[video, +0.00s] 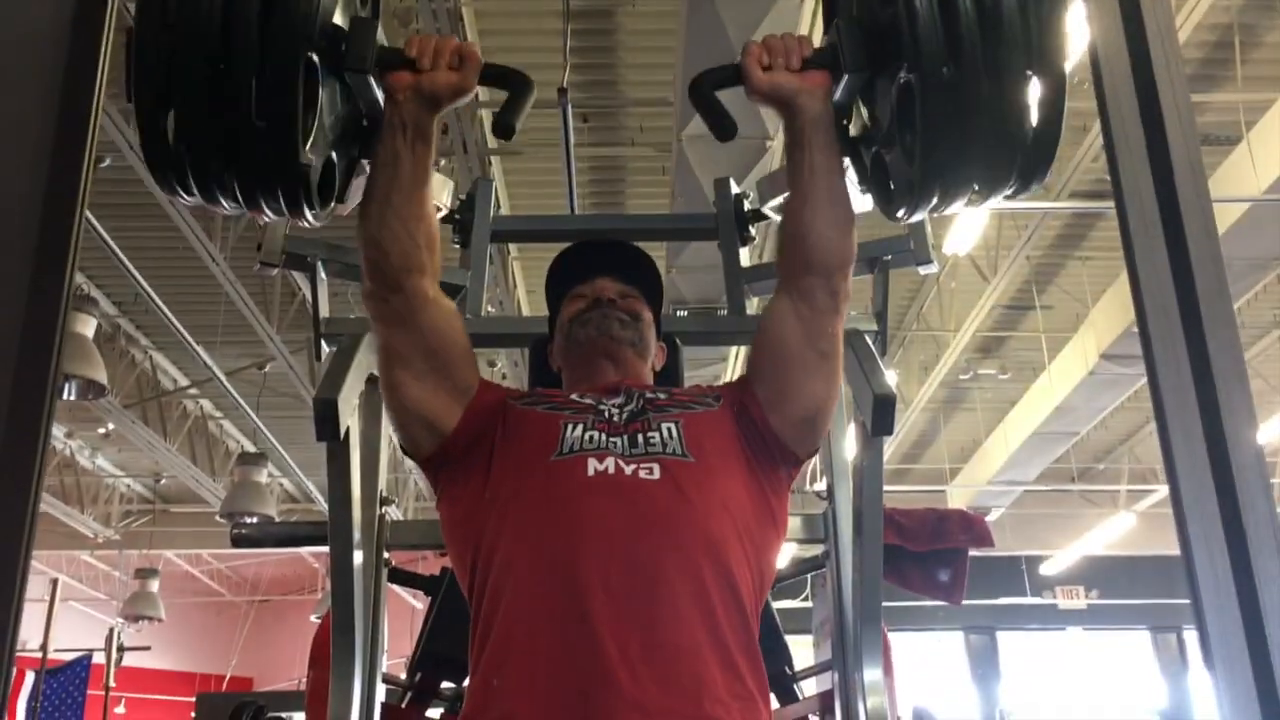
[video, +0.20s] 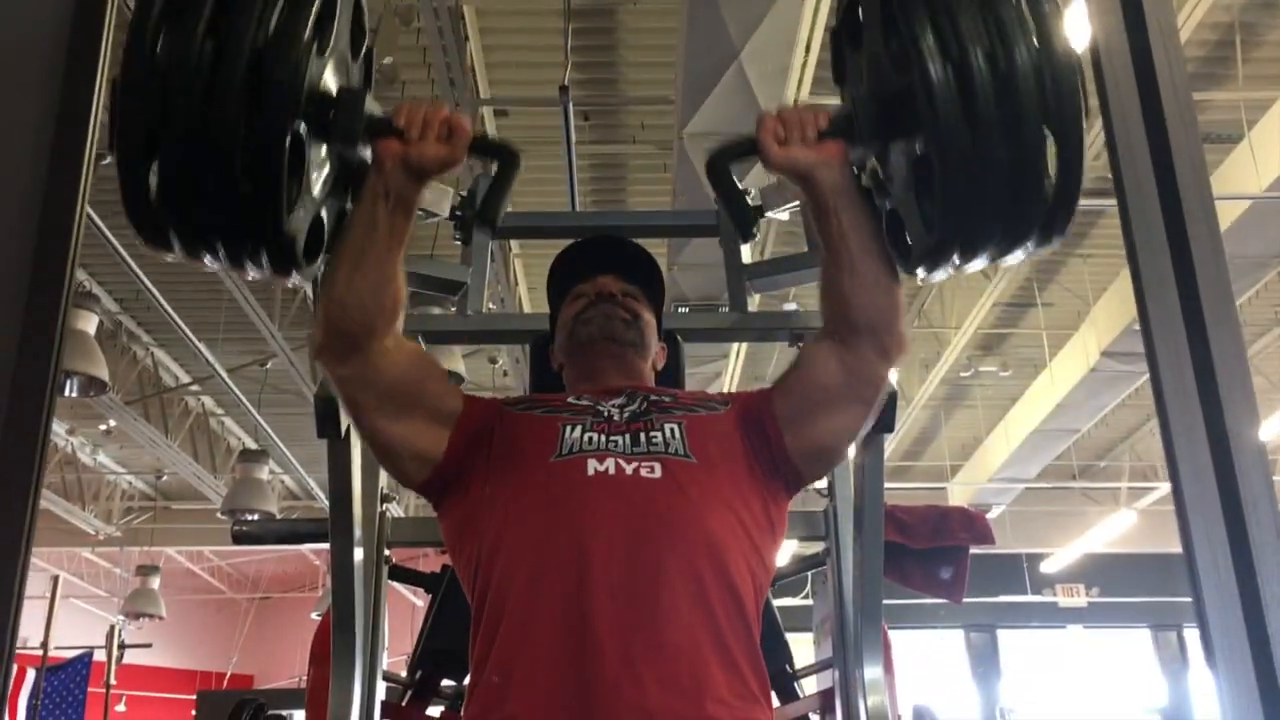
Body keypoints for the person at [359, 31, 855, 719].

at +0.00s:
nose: (606, 300)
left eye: (629, 300)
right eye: (581, 300)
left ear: (661, 351)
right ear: (551, 351)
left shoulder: (749, 429)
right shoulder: (481, 435)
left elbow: (817, 281)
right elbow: (399, 285)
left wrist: (808, 108)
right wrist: (411, 112)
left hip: (717, 706)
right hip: (513, 707)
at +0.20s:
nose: (607, 303)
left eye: (631, 301)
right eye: (582, 301)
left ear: (662, 351)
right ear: (551, 350)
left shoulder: (752, 433)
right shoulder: (478, 438)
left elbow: (866, 341)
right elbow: (354, 343)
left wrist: (828, 176)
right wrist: (395, 180)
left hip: (721, 705)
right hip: (519, 705)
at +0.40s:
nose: (608, 293)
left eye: (632, 295)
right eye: (581, 295)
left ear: (662, 351)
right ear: (551, 350)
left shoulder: (744, 438)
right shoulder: (482, 445)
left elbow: (903, 407)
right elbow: (313, 408)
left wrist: (849, 255)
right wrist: (374, 259)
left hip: (722, 706)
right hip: (526, 706)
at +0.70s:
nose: (612, 294)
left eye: (636, 294)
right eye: (585, 292)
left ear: (667, 348)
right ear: (553, 347)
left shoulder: (740, 441)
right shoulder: (487, 450)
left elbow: (918, 484)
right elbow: (295, 496)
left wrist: (876, 356)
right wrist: (350, 357)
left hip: (723, 704)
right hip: (524, 705)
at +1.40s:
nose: (606, 303)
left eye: (631, 303)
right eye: (581, 304)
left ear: (664, 352)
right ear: (552, 354)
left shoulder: (744, 444)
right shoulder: (484, 449)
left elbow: (922, 433)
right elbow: (303, 427)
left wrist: (859, 298)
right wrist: (364, 294)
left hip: (724, 704)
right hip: (523, 706)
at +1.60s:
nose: (606, 305)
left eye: (631, 303)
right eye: (582, 303)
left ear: (663, 353)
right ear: (552, 354)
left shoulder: (751, 436)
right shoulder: (483, 440)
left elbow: (882, 352)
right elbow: (340, 345)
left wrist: (834, 195)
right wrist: (390, 199)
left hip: (722, 703)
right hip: (520, 703)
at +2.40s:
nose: (608, 298)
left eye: (632, 299)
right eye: (582, 300)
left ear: (663, 356)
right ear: (552, 356)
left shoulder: (746, 449)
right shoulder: (487, 456)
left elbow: (912, 428)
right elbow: (309, 428)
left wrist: (857, 283)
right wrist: (371, 280)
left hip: (724, 703)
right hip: (527, 705)